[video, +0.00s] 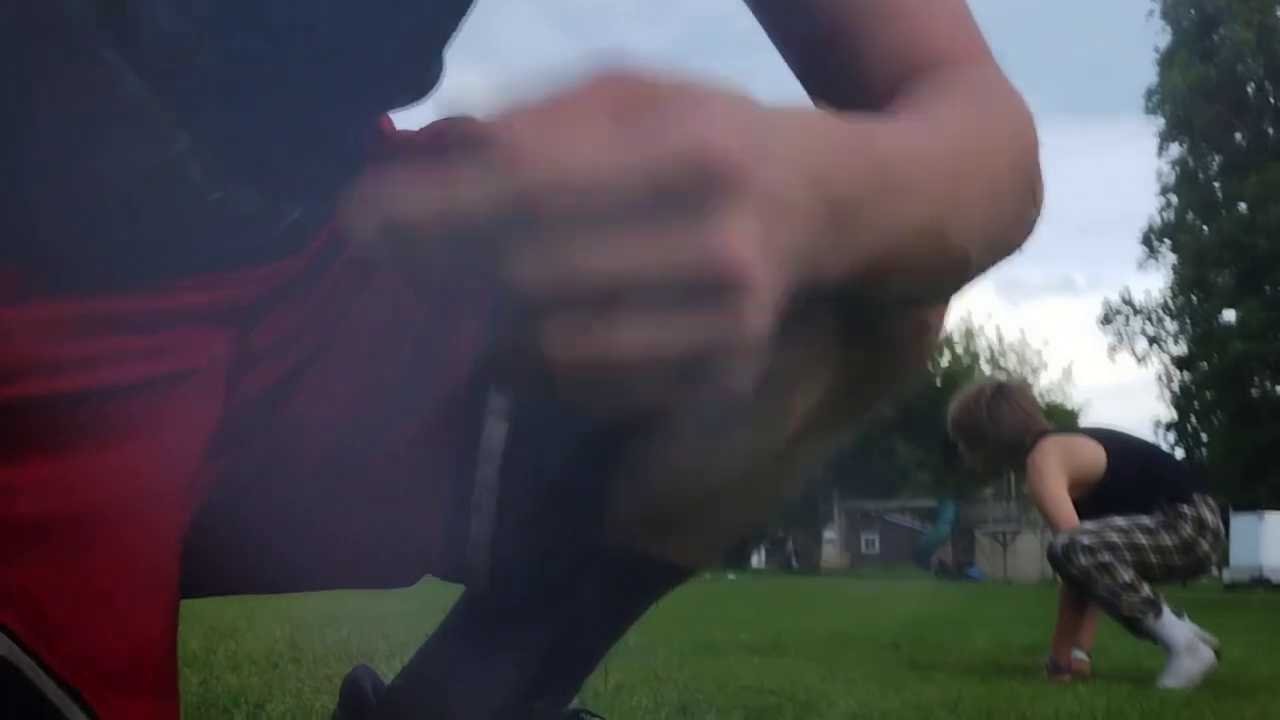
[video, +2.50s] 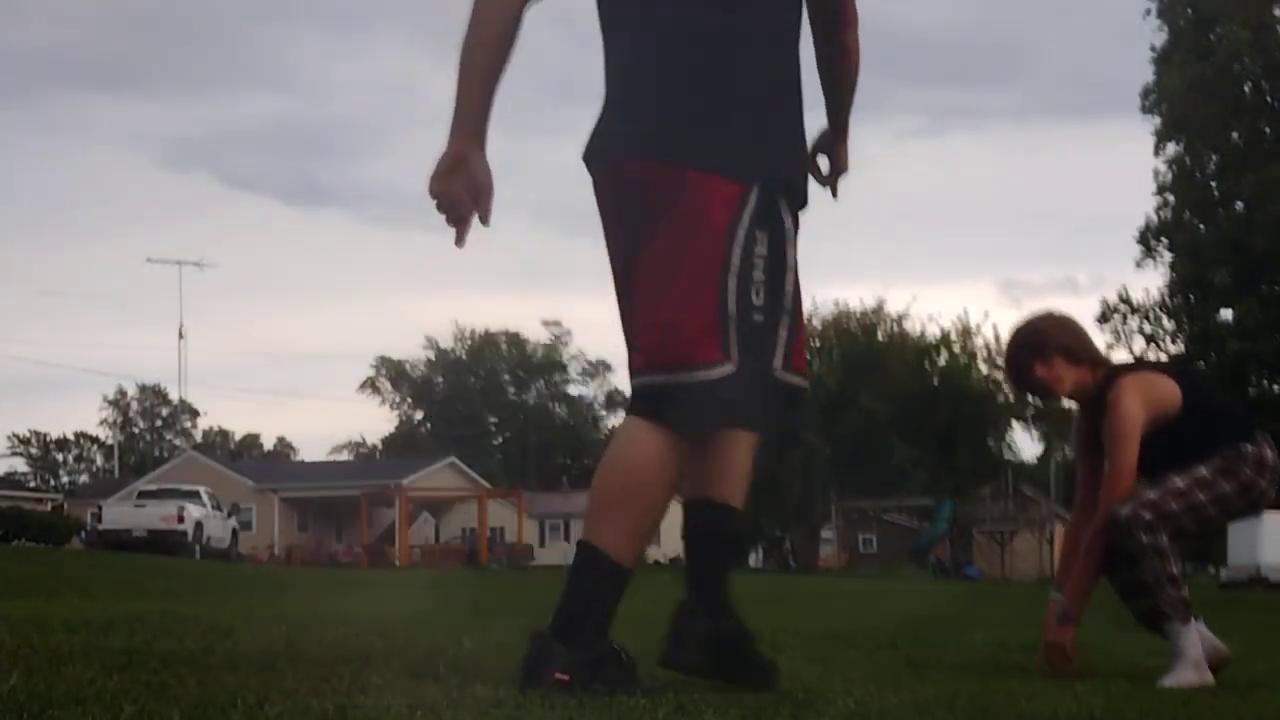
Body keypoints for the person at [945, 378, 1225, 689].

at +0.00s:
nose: (966, 458)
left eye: (967, 445)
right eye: (962, 447)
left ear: (989, 436)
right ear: (1018, 417)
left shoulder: (1044, 462)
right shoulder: (1062, 451)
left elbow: (1076, 563)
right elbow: (1090, 561)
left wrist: (1060, 657)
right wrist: (1081, 650)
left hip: (1191, 528)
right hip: (1194, 526)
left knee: (1072, 547)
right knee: (1088, 549)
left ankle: (1187, 647)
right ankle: (1185, 634)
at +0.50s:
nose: (975, 444)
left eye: (979, 428)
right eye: (968, 440)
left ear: (1007, 416)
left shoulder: (1048, 458)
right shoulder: (1058, 452)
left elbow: (1072, 564)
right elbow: (1087, 562)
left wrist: (1057, 653)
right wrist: (1080, 649)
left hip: (1191, 533)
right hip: (1189, 532)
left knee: (1070, 548)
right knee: (1085, 548)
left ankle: (1185, 647)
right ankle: (1184, 633)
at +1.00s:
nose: (980, 454)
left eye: (981, 438)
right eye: (971, 451)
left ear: (1004, 421)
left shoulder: (1051, 459)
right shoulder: (1058, 453)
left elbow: (1074, 567)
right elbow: (1090, 564)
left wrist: (1058, 653)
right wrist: (1080, 648)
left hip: (1193, 530)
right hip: (1192, 528)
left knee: (1071, 545)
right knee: (1088, 546)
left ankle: (1186, 649)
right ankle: (1187, 634)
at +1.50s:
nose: (978, 453)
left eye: (979, 437)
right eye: (969, 450)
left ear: (1003, 420)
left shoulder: (1049, 452)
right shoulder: (1051, 454)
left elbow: (1068, 560)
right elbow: (1082, 560)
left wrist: (1059, 650)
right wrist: (1078, 648)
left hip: (1188, 529)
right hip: (1180, 529)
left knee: (1067, 548)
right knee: (1081, 551)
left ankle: (1184, 645)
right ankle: (1183, 633)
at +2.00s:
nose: (996, 446)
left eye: (998, 431)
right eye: (985, 442)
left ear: (1021, 417)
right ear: (982, 449)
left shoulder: (1067, 450)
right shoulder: (1069, 448)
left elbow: (1080, 562)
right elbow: (1093, 560)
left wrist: (1061, 649)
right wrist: (1077, 647)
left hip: (1200, 536)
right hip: (1194, 536)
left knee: (1078, 544)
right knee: (1092, 548)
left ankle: (1187, 649)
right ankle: (1189, 636)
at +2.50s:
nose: (1038, 374)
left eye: (1043, 359)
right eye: (1030, 370)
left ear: (1069, 349)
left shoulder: (1126, 395)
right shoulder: (1091, 412)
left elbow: (1110, 514)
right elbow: (1085, 513)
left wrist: (1070, 616)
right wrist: (1060, 600)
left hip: (1247, 462)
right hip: (1211, 469)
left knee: (1139, 518)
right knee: (1111, 537)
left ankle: (1192, 657)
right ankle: (1199, 640)